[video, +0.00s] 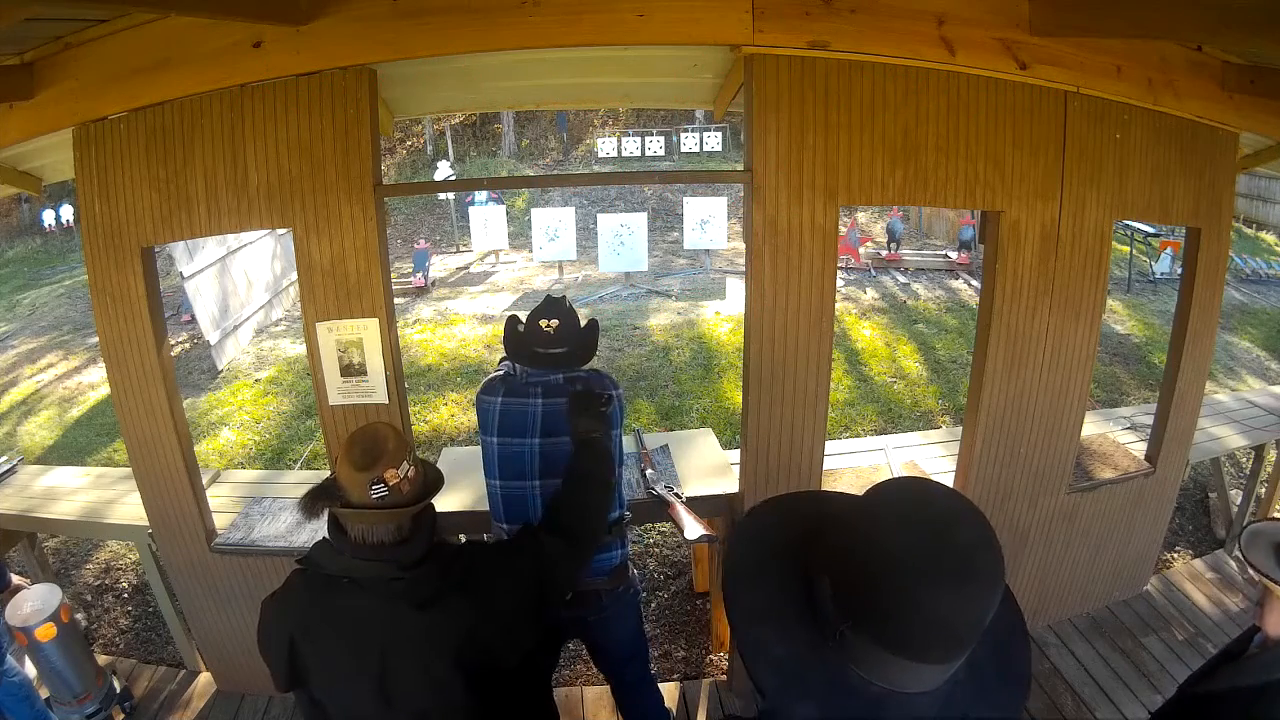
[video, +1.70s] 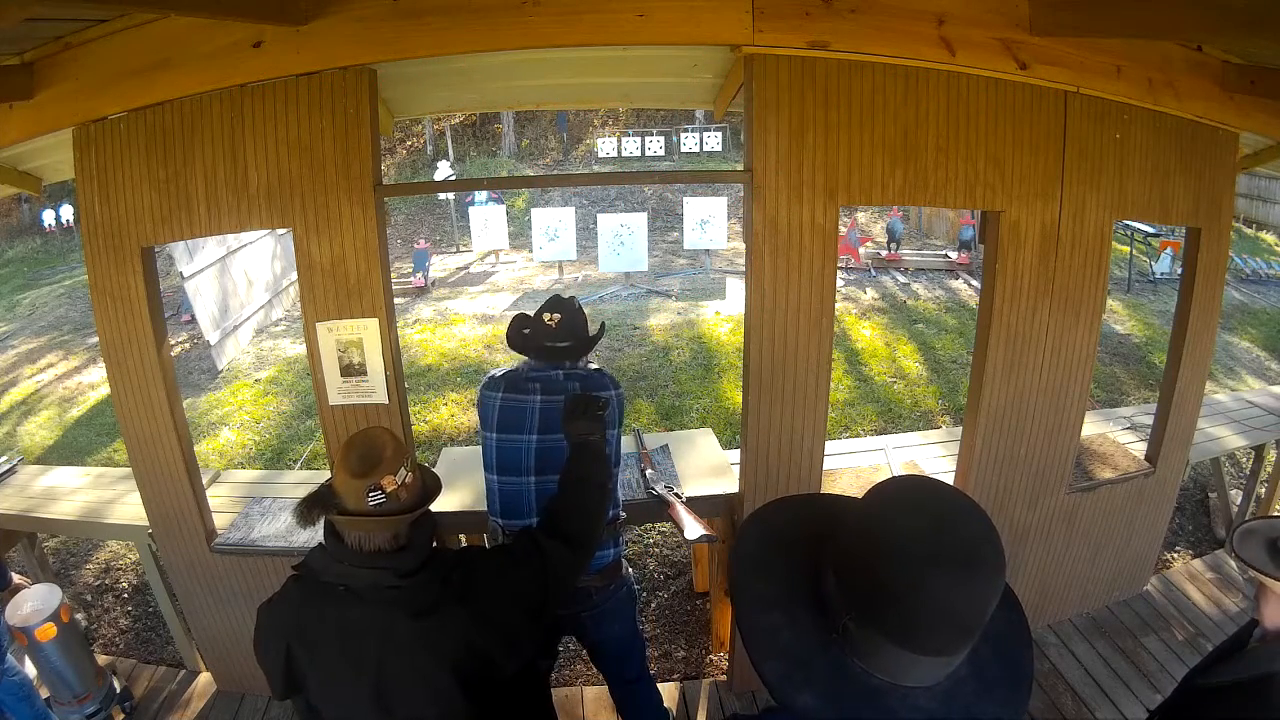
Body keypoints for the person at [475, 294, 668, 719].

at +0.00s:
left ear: (521, 344)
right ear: (581, 345)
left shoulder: (490, 395)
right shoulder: (604, 391)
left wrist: (525, 349)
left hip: (521, 583)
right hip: (601, 581)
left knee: (530, 693)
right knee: (636, 689)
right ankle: (656, 716)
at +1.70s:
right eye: (585, 339)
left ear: (529, 341)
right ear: (583, 345)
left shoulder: (491, 390)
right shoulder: (605, 389)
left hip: (517, 582)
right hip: (596, 576)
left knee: (528, 692)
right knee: (634, 687)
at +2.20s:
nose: (606, 369)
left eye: (606, 361)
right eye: (606, 361)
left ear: (552, 351)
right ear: (596, 358)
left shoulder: (496, 390)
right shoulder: (621, 395)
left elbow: (452, 443)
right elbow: (690, 445)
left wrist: (498, 493)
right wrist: (643, 455)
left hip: (520, 578)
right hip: (602, 572)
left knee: (527, 694)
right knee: (633, 683)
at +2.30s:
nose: (607, 366)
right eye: (605, 358)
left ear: (550, 353)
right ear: (597, 358)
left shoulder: (497, 389)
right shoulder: (625, 395)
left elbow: (444, 433)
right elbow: (688, 442)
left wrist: (487, 486)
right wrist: (640, 464)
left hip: (520, 578)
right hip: (603, 571)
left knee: (527, 694)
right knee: (634, 684)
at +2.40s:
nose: (603, 365)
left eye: (543, 347)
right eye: (602, 358)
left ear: (544, 350)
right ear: (595, 356)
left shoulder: (494, 388)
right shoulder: (624, 394)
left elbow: (428, 422)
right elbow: (683, 445)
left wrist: (476, 472)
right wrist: (638, 475)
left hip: (522, 581)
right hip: (604, 575)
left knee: (528, 694)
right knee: (635, 684)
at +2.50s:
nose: (596, 360)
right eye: (595, 352)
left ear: (538, 348)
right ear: (590, 354)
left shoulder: (489, 391)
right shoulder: (620, 393)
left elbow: (425, 433)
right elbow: (670, 456)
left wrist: (478, 467)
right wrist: (629, 495)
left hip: (524, 579)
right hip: (604, 573)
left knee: (528, 694)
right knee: (634, 685)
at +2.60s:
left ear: (532, 344)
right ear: (589, 347)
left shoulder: (489, 397)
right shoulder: (617, 394)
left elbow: (432, 459)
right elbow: (662, 467)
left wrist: (492, 460)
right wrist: (613, 468)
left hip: (523, 585)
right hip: (604, 577)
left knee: (528, 695)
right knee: (635, 686)